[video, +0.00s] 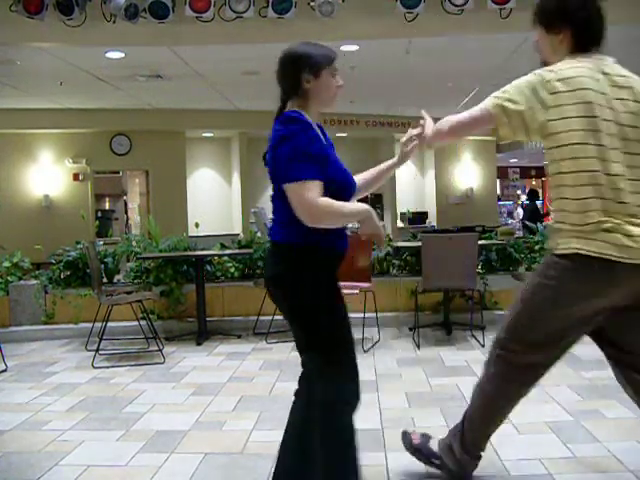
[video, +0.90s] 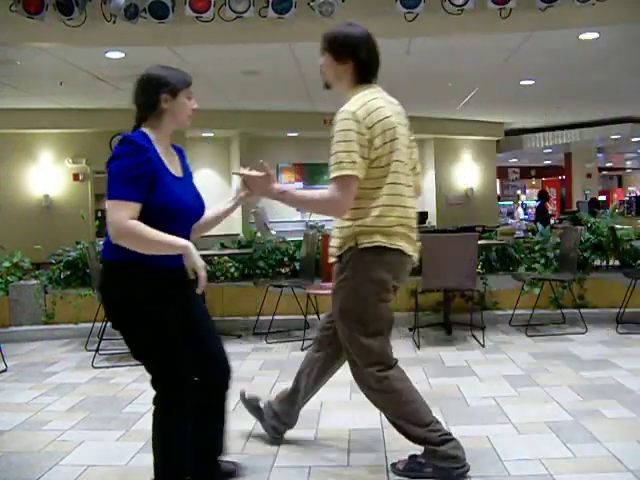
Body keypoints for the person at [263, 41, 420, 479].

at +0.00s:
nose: (341, 82)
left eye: (338, 74)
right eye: (332, 74)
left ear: (309, 81)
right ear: (306, 80)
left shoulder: (312, 129)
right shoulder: (294, 131)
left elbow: (345, 189)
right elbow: (309, 208)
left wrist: (398, 160)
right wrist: (362, 211)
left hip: (312, 266)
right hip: (300, 268)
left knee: (323, 379)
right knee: (338, 386)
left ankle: (293, 475)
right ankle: (332, 475)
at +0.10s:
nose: (327, 76)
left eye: (325, 69)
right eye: (319, 69)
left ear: (298, 76)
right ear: (293, 75)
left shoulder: (310, 128)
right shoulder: (274, 126)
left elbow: (338, 197)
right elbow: (278, 203)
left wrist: (386, 173)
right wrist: (338, 208)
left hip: (308, 260)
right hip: (286, 262)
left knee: (315, 371)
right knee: (318, 372)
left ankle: (291, 472)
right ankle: (285, 474)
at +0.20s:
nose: (313, 76)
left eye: (311, 69)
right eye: (305, 70)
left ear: (289, 77)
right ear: (279, 76)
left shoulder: (302, 130)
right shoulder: (255, 126)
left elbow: (325, 201)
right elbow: (253, 202)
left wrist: (371, 176)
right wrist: (317, 208)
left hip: (305, 257)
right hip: (270, 258)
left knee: (309, 372)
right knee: (291, 371)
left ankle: (293, 475)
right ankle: (217, 470)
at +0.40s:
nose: (281, 81)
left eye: (279, 73)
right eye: (273, 74)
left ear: (254, 80)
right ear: (248, 79)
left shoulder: (276, 137)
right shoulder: (219, 130)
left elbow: (300, 205)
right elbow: (211, 209)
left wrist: (344, 170)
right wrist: (277, 218)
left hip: (276, 265)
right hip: (230, 267)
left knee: (291, 376)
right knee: (222, 381)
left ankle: (292, 475)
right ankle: (172, 475)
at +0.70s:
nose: (229, 94)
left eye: (226, 85)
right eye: (221, 85)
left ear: (204, 91)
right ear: (195, 90)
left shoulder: (214, 147)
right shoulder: (164, 137)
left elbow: (238, 212)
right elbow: (151, 213)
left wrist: (277, 171)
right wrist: (217, 228)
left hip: (208, 272)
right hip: (167, 275)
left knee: (250, 378)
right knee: (183, 390)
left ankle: (287, 474)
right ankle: (170, 478)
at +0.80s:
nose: (212, 105)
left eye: (210, 97)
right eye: (204, 97)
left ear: (184, 103)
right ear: (178, 101)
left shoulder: (195, 157)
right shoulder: (148, 150)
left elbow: (214, 227)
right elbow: (136, 225)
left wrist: (256, 188)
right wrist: (201, 245)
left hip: (189, 282)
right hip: (146, 286)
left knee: (236, 375)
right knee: (184, 392)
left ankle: (264, 473)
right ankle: (171, 479)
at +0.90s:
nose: (195, 106)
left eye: (193, 97)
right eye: (188, 97)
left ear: (169, 102)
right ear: (165, 101)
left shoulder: (176, 155)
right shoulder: (133, 148)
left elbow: (191, 227)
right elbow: (119, 225)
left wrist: (237, 199)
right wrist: (183, 245)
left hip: (171, 276)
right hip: (133, 280)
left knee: (213, 369)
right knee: (174, 380)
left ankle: (206, 464)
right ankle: (174, 473)